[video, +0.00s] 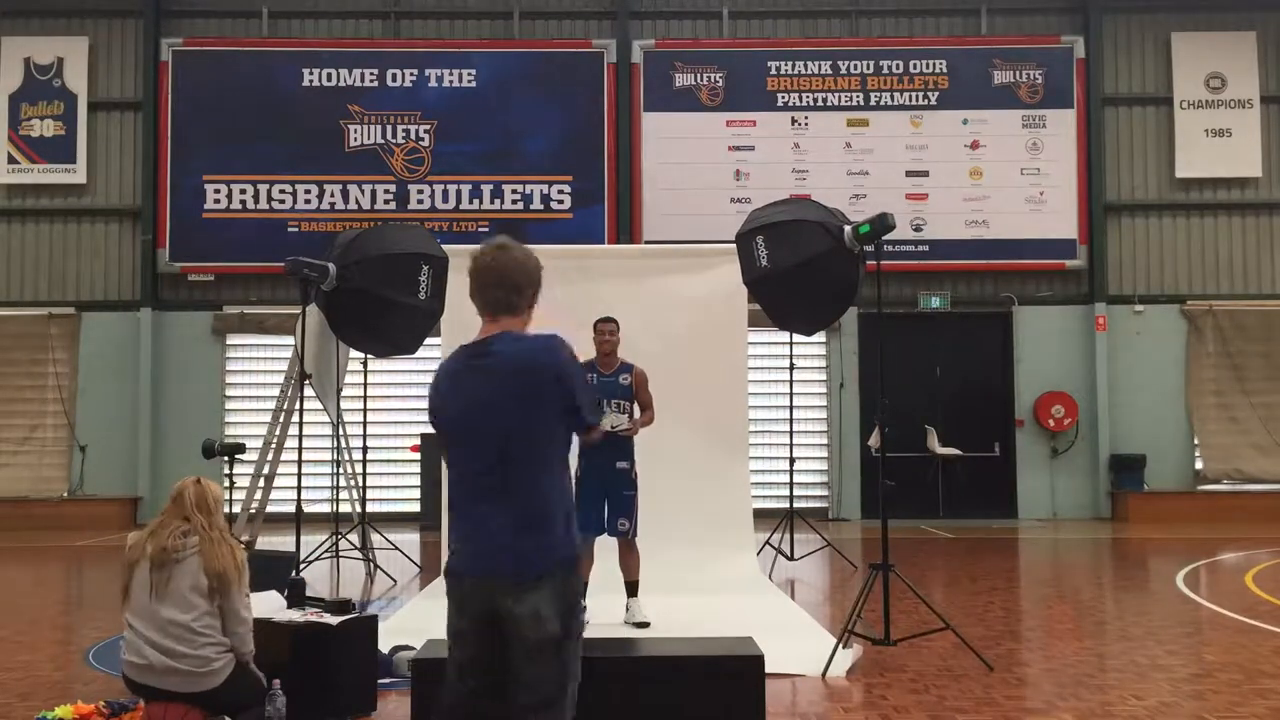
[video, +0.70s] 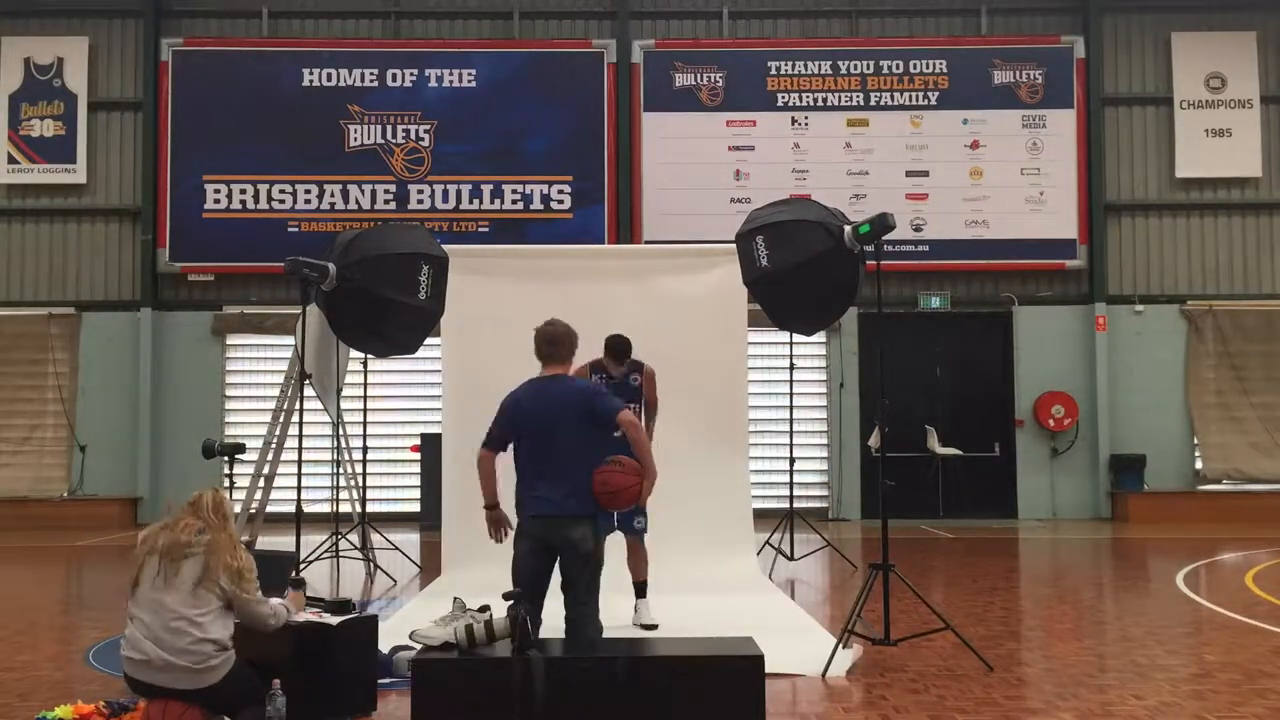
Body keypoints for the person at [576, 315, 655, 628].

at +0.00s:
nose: (606, 339)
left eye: (611, 334)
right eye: (601, 334)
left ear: (619, 339)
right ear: (593, 338)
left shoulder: (634, 375)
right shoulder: (579, 373)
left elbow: (648, 412)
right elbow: (566, 408)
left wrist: (637, 424)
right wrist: (583, 428)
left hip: (621, 464)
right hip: (588, 464)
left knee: (626, 535)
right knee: (584, 535)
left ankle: (633, 603)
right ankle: (578, 604)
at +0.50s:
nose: (616, 336)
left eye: (618, 330)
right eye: (609, 332)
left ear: (622, 332)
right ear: (596, 337)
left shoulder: (637, 365)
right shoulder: (590, 373)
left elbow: (637, 409)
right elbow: (595, 419)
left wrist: (655, 418)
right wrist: (615, 429)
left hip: (639, 453)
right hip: (608, 457)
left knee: (650, 527)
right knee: (612, 536)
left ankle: (633, 591)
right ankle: (613, 613)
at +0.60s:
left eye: (502, 347)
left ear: (497, 351)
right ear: (534, 349)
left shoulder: (483, 404)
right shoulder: (560, 394)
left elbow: (469, 469)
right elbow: (610, 429)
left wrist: (479, 510)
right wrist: (640, 463)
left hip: (512, 522)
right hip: (561, 520)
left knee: (507, 607)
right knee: (569, 607)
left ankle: (518, 693)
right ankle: (576, 693)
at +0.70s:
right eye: (573, 350)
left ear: (537, 352)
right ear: (573, 352)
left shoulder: (518, 399)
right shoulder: (590, 394)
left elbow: (486, 456)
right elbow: (630, 423)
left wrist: (492, 508)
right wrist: (650, 473)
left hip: (534, 521)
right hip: (582, 520)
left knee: (525, 609)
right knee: (583, 611)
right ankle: (583, 687)